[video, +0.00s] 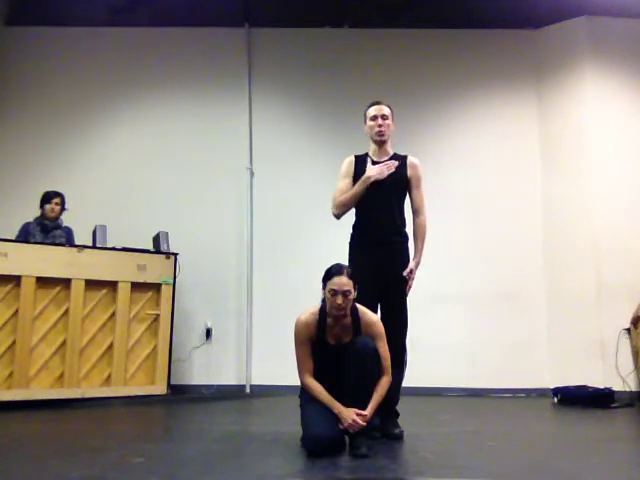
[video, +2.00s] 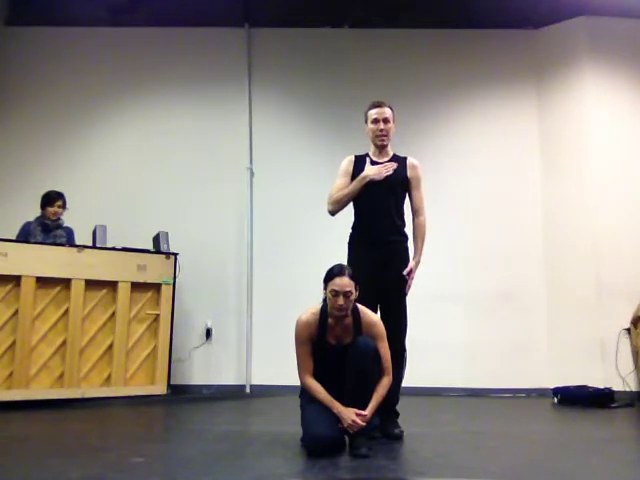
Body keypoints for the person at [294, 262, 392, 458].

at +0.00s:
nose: (339, 301)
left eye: (346, 294)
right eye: (333, 294)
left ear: (354, 294)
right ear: (324, 292)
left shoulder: (371, 323)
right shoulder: (306, 324)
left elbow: (386, 375)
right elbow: (306, 378)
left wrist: (367, 413)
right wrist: (341, 411)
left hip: (355, 392)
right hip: (320, 392)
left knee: (365, 347)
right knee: (321, 445)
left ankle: (359, 432)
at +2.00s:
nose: (340, 302)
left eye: (347, 295)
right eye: (334, 295)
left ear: (356, 294)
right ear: (325, 292)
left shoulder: (371, 323)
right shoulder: (307, 323)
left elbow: (387, 375)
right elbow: (306, 378)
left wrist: (366, 413)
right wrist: (341, 411)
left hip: (356, 393)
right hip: (321, 394)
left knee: (365, 347)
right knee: (322, 444)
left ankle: (360, 433)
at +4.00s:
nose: (339, 304)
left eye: (346, 297)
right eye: (333, 296)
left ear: (354, 295)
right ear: (323, 293)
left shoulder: (369, 323)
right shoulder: (306, 324)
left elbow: (391, 377)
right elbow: (306, 378)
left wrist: (362, 413)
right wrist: (338, 413)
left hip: (355, 392)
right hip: (320, 394)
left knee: (365, 347)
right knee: (321, 444)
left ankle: (360, 433)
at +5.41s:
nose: (339, 305)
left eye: (346, 298)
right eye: (333, 297)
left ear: (355, 295)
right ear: (324, 293)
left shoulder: (370, 323)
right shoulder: (307, 324)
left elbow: (391, 377)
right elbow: (306, 378)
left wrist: (363, 413)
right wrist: (338, 413)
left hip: (356, 392)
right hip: (321, 394)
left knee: (365, 347)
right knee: (321, 445)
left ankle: (360, 433)